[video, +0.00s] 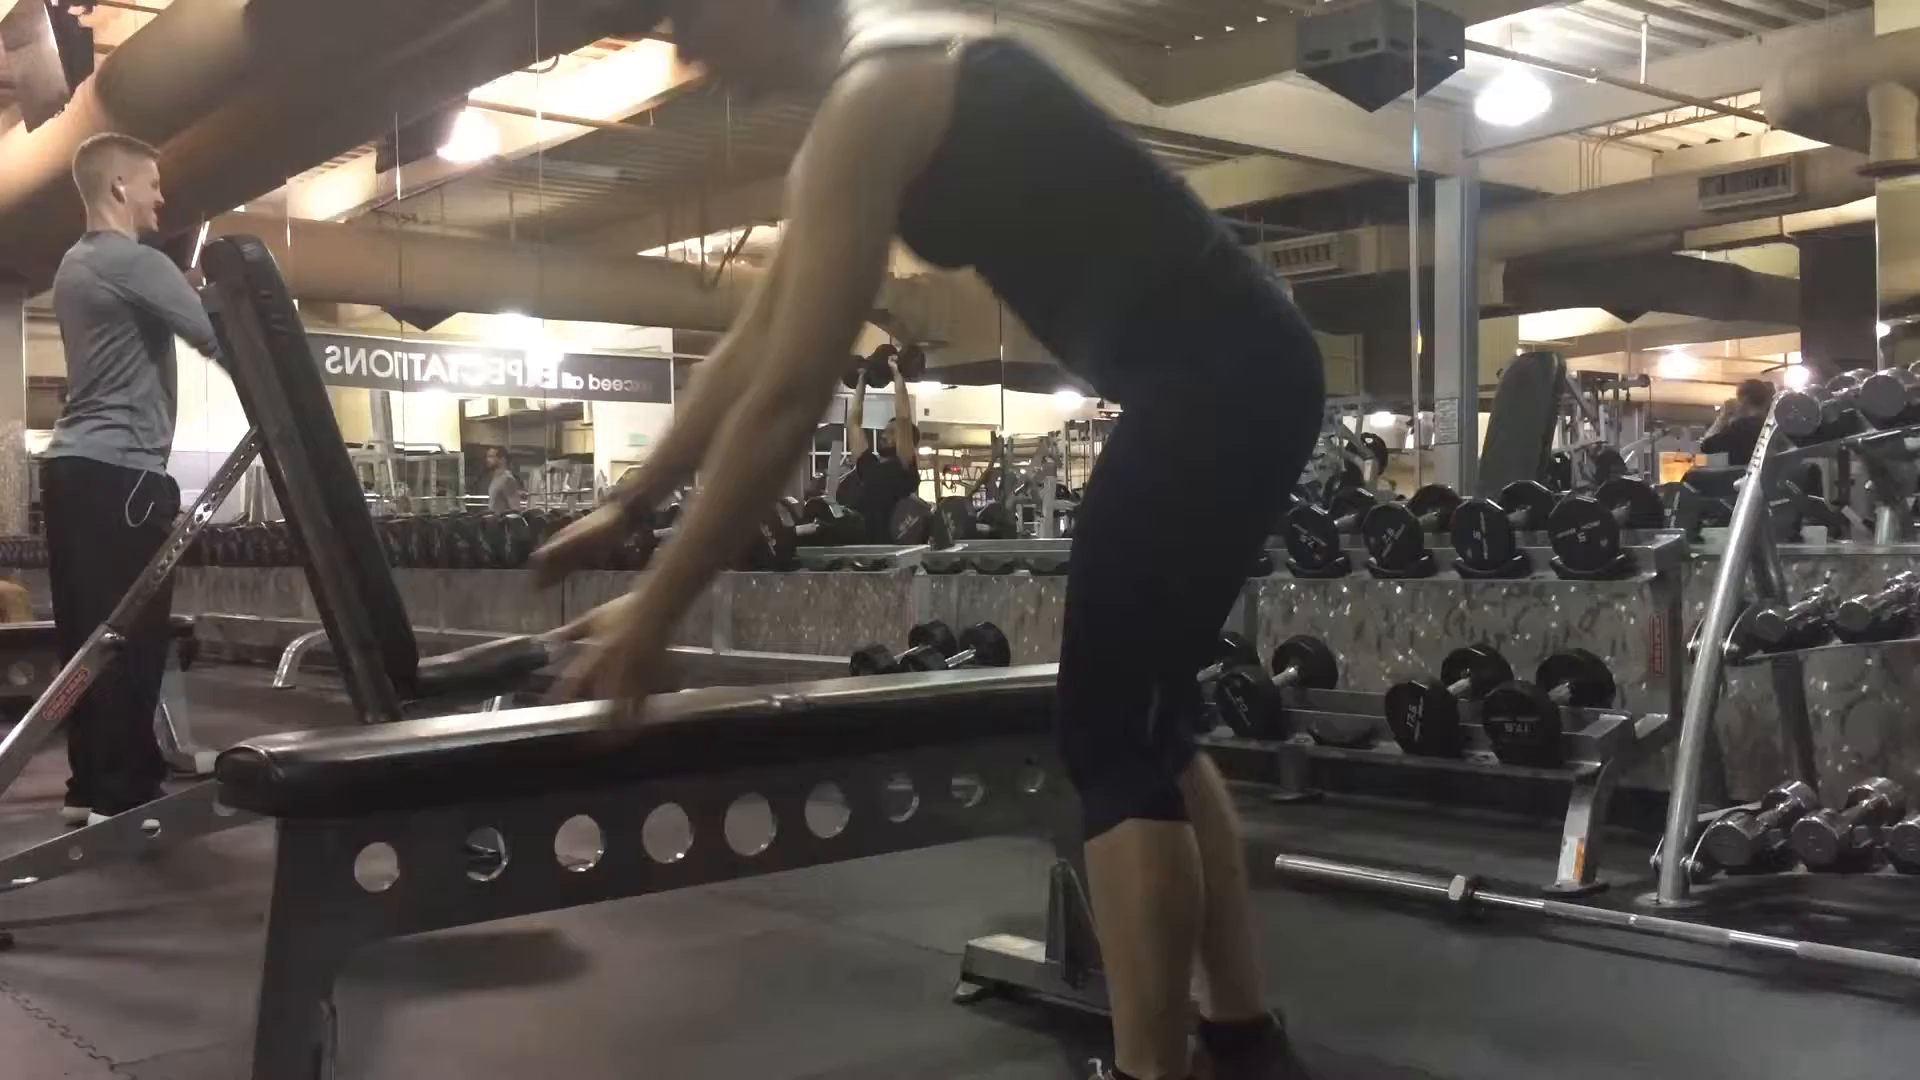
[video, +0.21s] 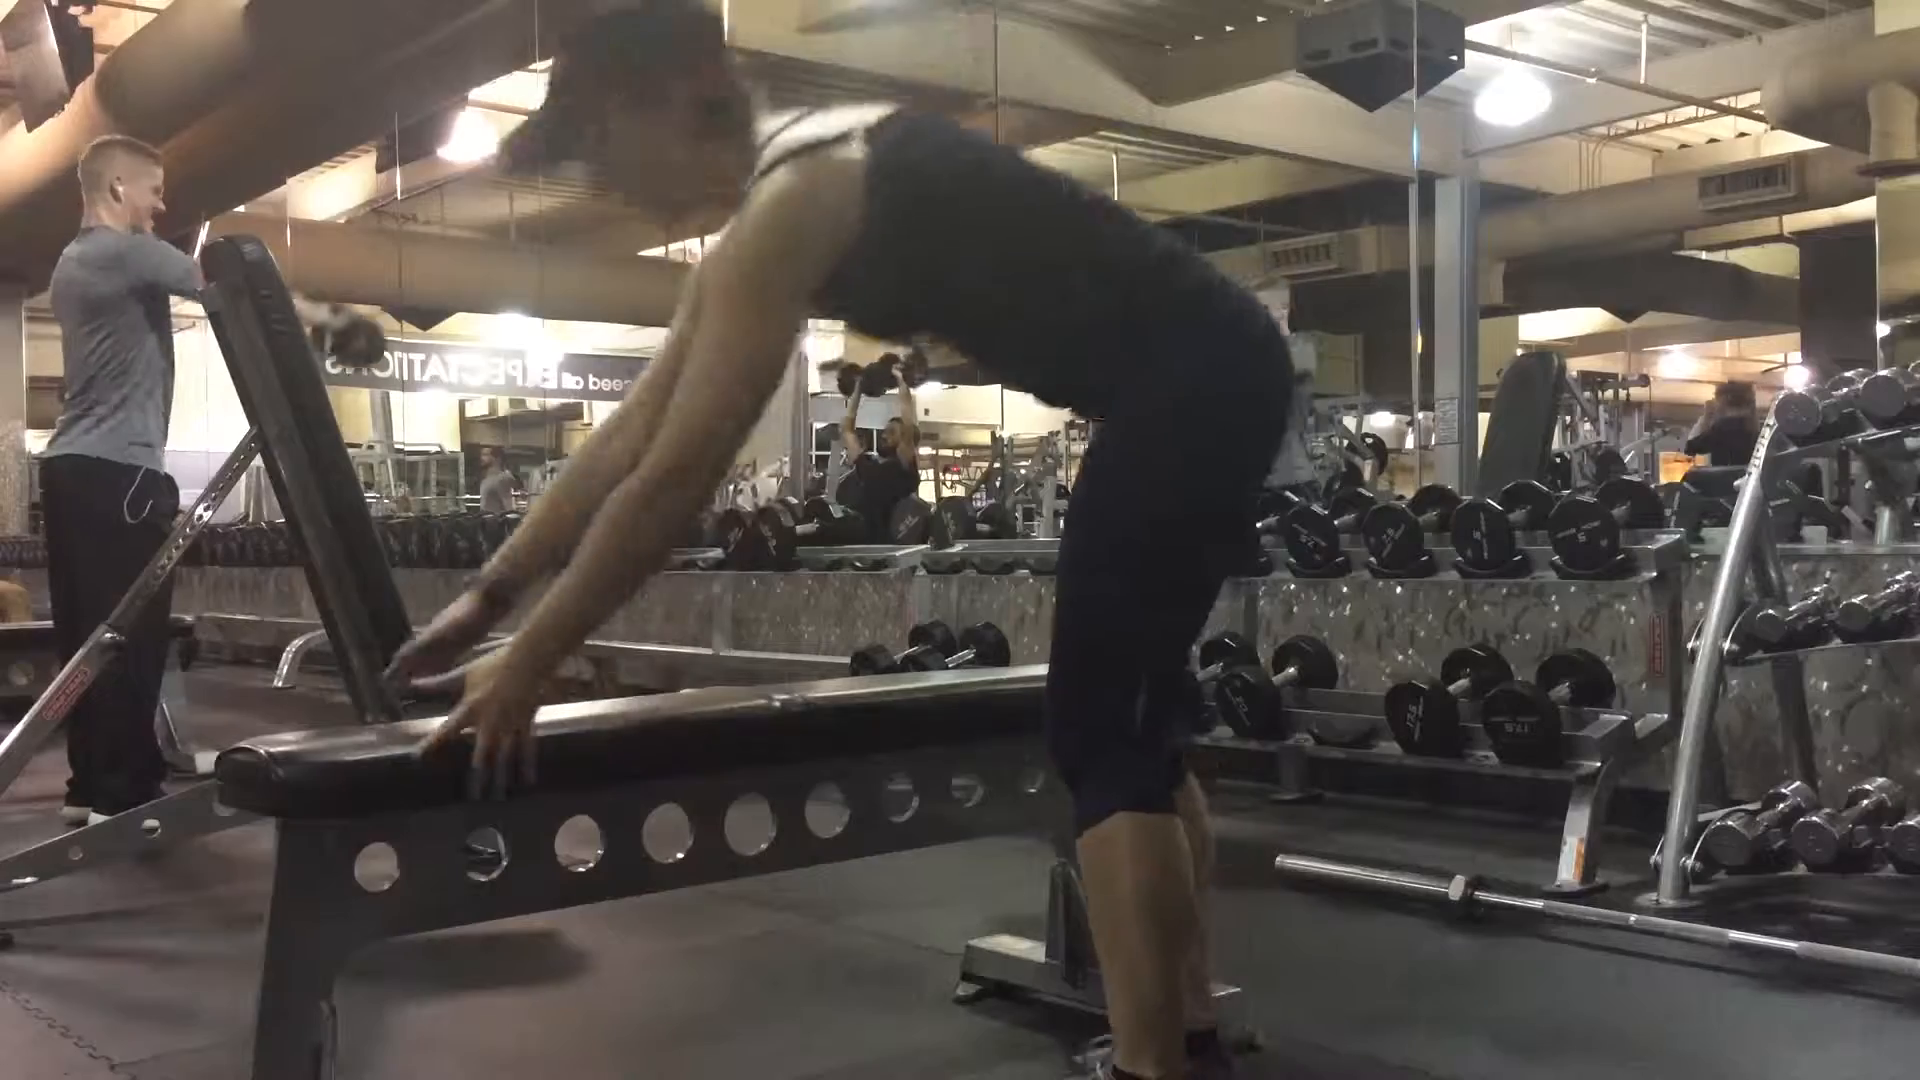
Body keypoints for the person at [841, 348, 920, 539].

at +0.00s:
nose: (884, 435)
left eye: (892, 432)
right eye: (884, 431)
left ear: (906, 439)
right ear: (880, 435)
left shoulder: (905, 475)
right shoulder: (867, 465)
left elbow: (904, 420)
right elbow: (854, 422)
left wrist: (896, 374)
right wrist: (861, 379)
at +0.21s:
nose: (883, 436)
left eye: (891, 432)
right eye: (884, 431)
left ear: (905, 438)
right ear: (881, 434)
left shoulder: (905, 471)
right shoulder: (865, 465)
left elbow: (908, 431)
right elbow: (847, 429)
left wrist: (901, 380)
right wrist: (858, 387)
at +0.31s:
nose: (884, 436)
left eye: (892, 432)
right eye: (884, 431)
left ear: (904, 437)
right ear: (881, 433)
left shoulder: (906, 472)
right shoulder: (863, 463)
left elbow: (912, 430)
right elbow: (841, 436)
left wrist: (902, 387)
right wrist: (854, 400)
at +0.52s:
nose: (885, 436)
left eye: (893, 433)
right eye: (885, 432)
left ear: (907, 441)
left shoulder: (907, 471)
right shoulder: (864, 469)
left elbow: (920, 444)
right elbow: (836, 453)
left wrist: (914, 413)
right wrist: (848, 415)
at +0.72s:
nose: (883, 436)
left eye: (892, 432)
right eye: (883, 432)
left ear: (907, 441)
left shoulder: (907, 467)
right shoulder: (867, 471)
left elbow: (923, 458)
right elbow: (835, 467)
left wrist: (912, 423)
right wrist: (844, 427)